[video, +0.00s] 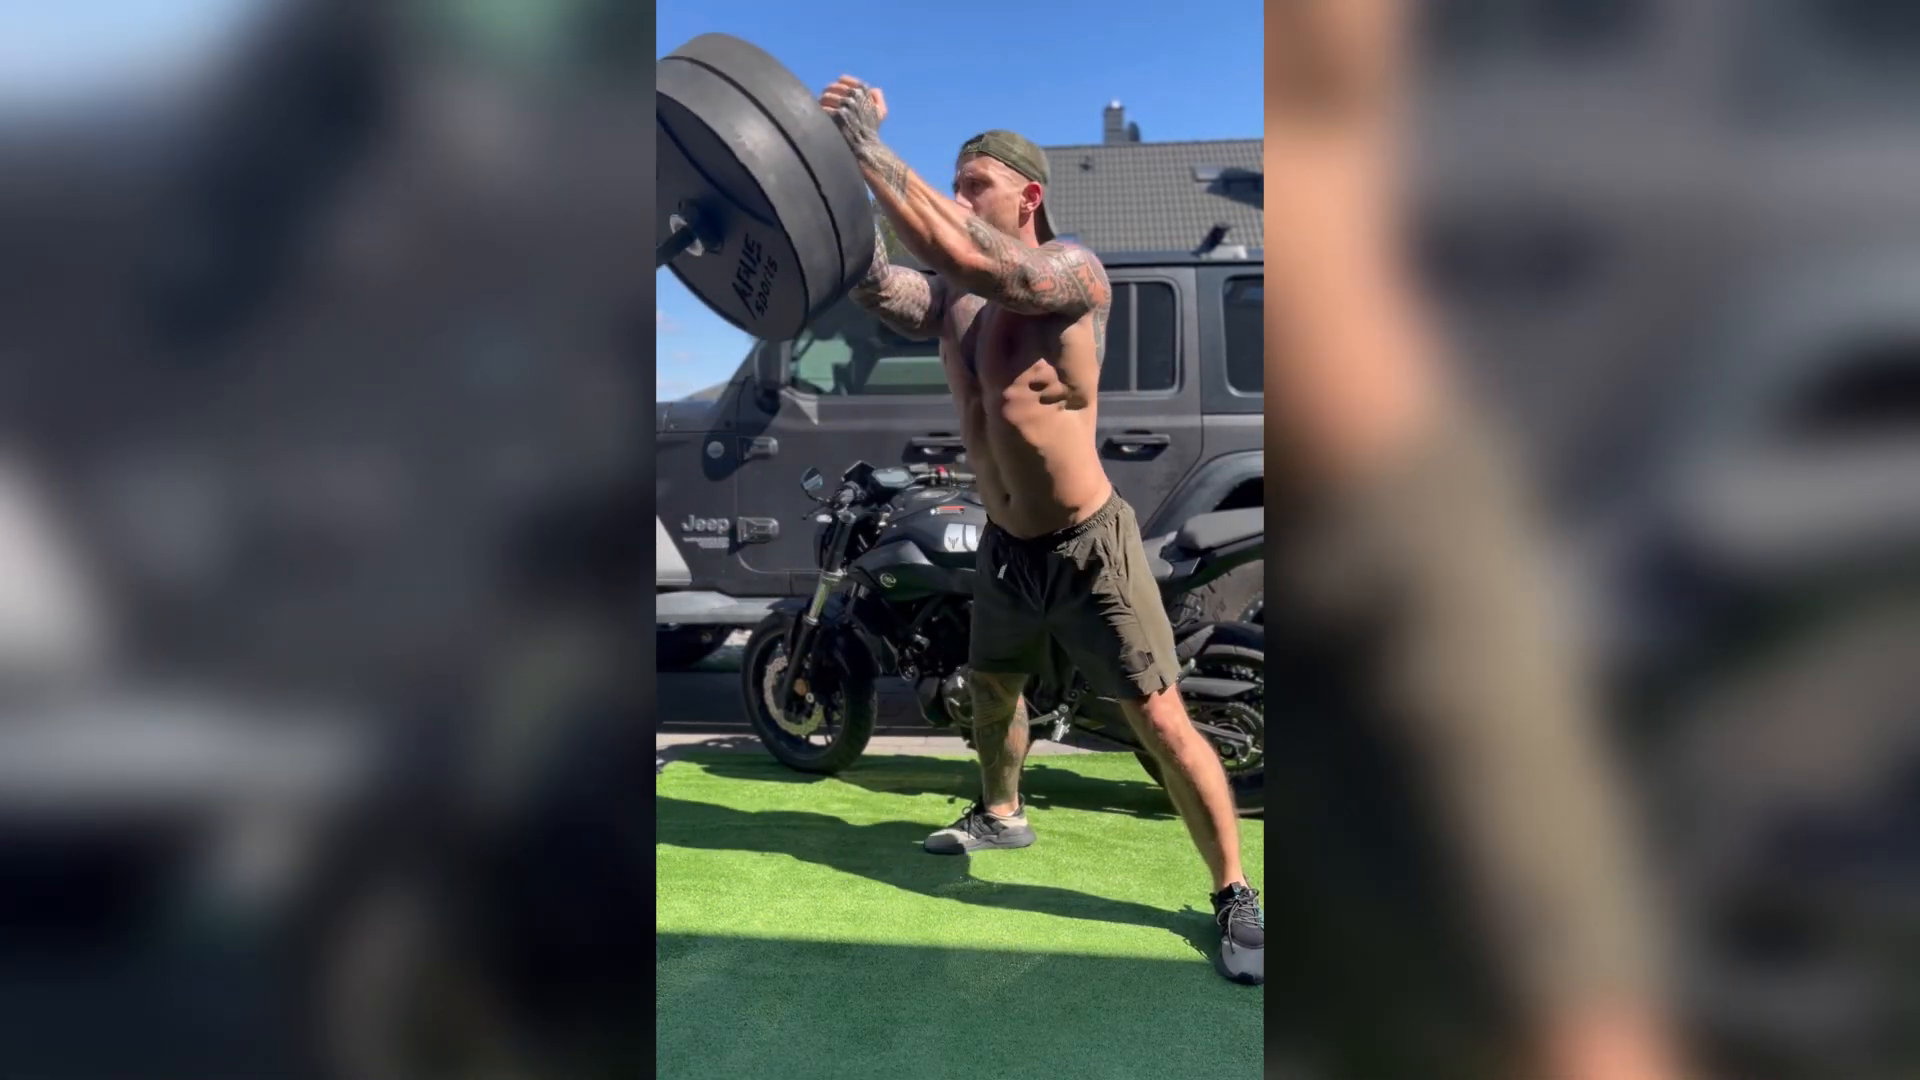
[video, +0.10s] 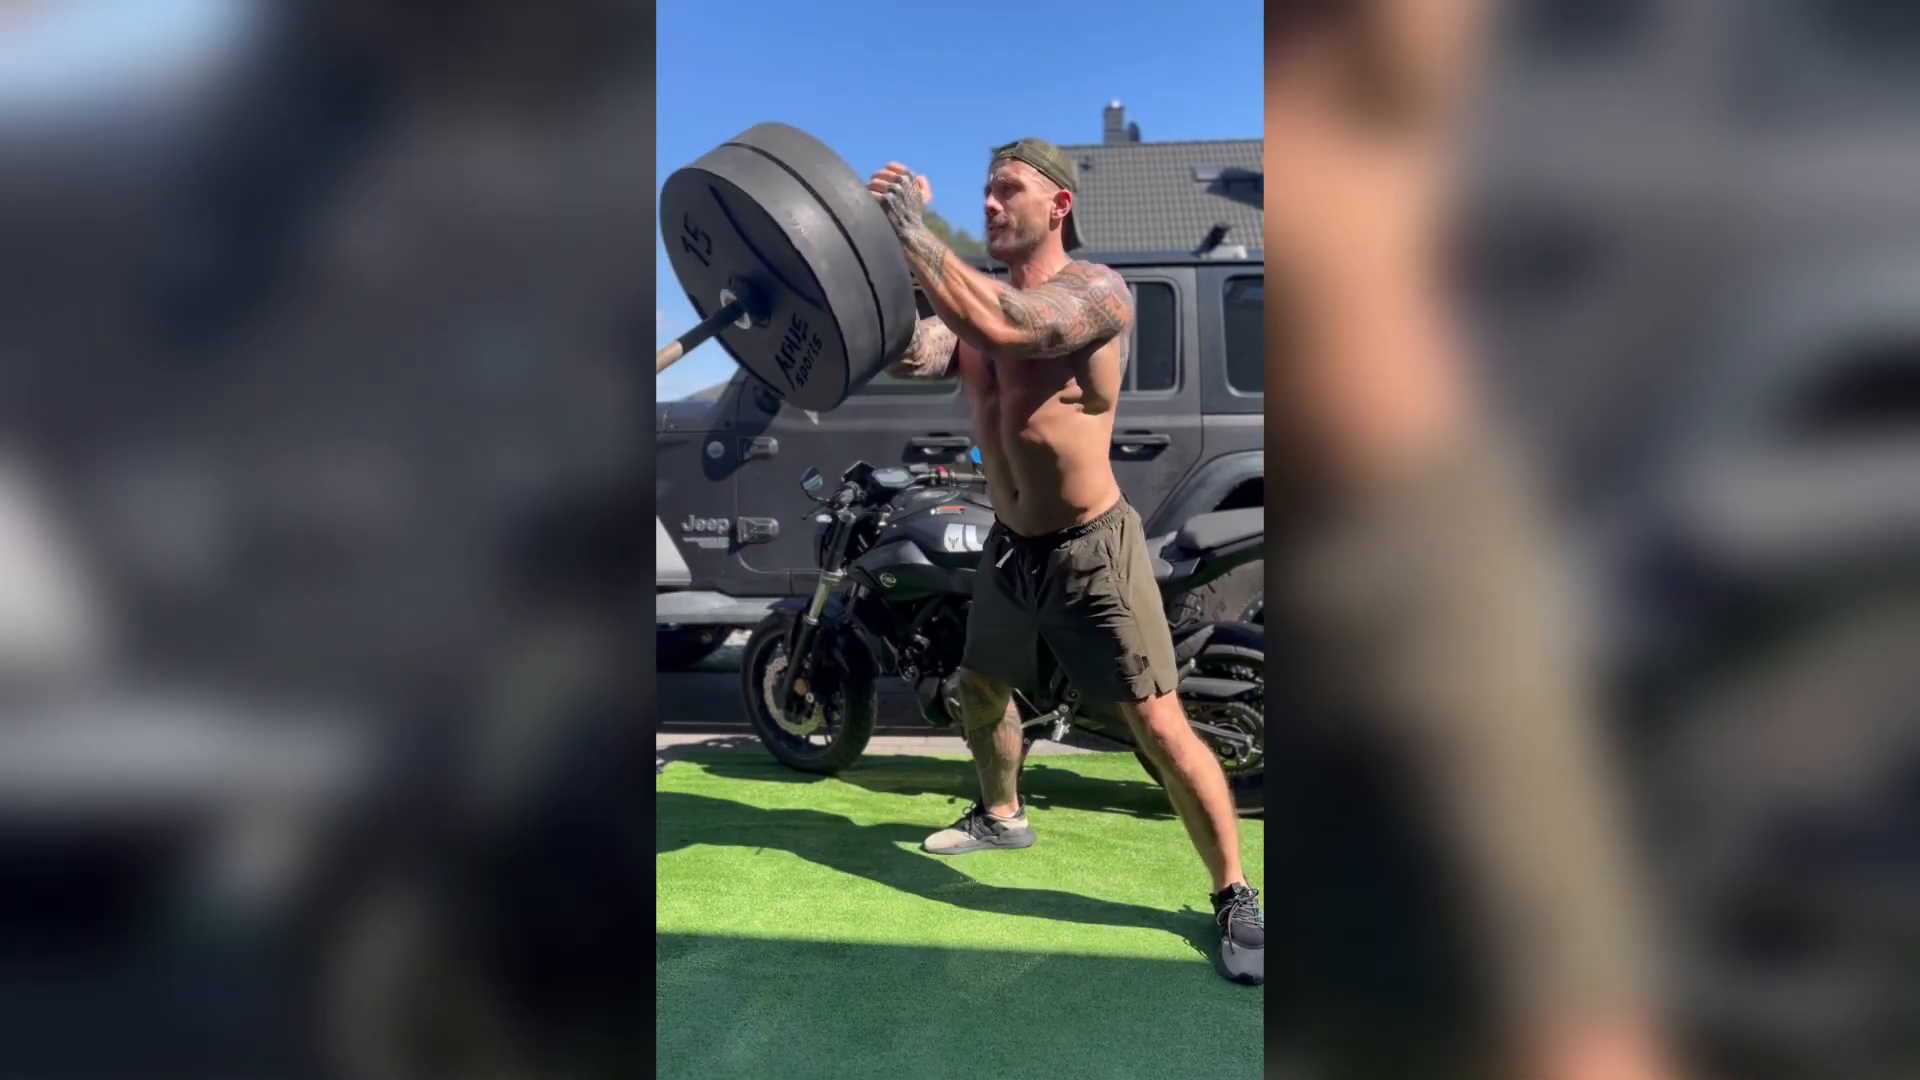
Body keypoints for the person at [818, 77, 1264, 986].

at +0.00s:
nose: (959, 201)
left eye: (975, 185)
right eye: (953, 187)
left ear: (1031, 195)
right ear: (958, 200)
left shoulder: (1074, 272)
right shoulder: (950, 292)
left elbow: (971, 257)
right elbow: (870, 281)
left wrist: (869, 151)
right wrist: (817, 192)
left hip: (1091, 539)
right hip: (1007, 547)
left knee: (1159, 720)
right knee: (993, 693)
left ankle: (1234, 894)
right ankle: (1000, 816)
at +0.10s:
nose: (991, 203)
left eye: (1008, 189)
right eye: (987, 191)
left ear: (1060, 204)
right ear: (990, 209)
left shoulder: (1100, 292)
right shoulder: (974, 299)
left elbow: (1004, 324)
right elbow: (910, 350)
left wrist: (916, 233)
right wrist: (841, 289)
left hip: (1096, 542)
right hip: (1011, 545)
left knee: (1156, 720)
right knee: (982, 692)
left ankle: (1234, 895)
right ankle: (1001, 817)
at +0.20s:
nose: (998, 239)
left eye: (1016, 227)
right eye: (996, 227)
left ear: (1066, 243)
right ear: (997, 247)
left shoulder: (1109, 333)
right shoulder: (997, 341)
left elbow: (1029, 416)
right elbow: (944, 430)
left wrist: (955, 324)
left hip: (1113, 565)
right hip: (1025, 566)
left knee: (1162, 734)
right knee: (963, 694)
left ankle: (1236, 897)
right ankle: (1003, 818)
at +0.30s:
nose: (1001, 298)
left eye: (1019, 286)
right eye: (999, 287)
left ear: (1068, 302)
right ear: (999, 304)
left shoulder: (1112, 393)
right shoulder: (1004, 396)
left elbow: (1051, 501)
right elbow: (961, 510)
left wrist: (984, 414)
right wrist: (934, 422)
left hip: (1129, 594)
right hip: (1042, 596)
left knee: (1165, 742)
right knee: (947, 695)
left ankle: (1237, 899)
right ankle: (1001, 818)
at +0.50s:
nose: (997, 417)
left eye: (1015, 406)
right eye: (995, 405)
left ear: (1062, 422)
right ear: (990, 414)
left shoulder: (1118, 505)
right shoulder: (998, 503)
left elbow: (1078, 637)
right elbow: (966, 588)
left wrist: (1017, 553)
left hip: (1153, 654)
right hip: (1059, 654)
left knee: (1166, 749)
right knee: (951, 697)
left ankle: (1236, 900)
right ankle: (999, 819)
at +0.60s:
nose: (994, 466)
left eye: (1012, 453)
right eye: (992, 453)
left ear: (1059, 466)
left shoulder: (1119, 546)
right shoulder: (1003, 542)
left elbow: (1082, 681)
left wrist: (1023, 592)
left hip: (1160, 673)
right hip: (1072, 677)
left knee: (1174, 740)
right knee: (959, 700)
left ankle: (1236, 898)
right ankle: (998, 817)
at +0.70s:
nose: (991, 496)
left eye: (1008, 483)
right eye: (988, 482)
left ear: (1056, 492)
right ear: (983, 486)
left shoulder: (1120, 569)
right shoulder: (1003, 564)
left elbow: (1090, 706)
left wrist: (1030, 618)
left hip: (1162, 681)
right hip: (1078, 684)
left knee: (1168, 736)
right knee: (963, 699)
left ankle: (1236, 898)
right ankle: (1000, 819)